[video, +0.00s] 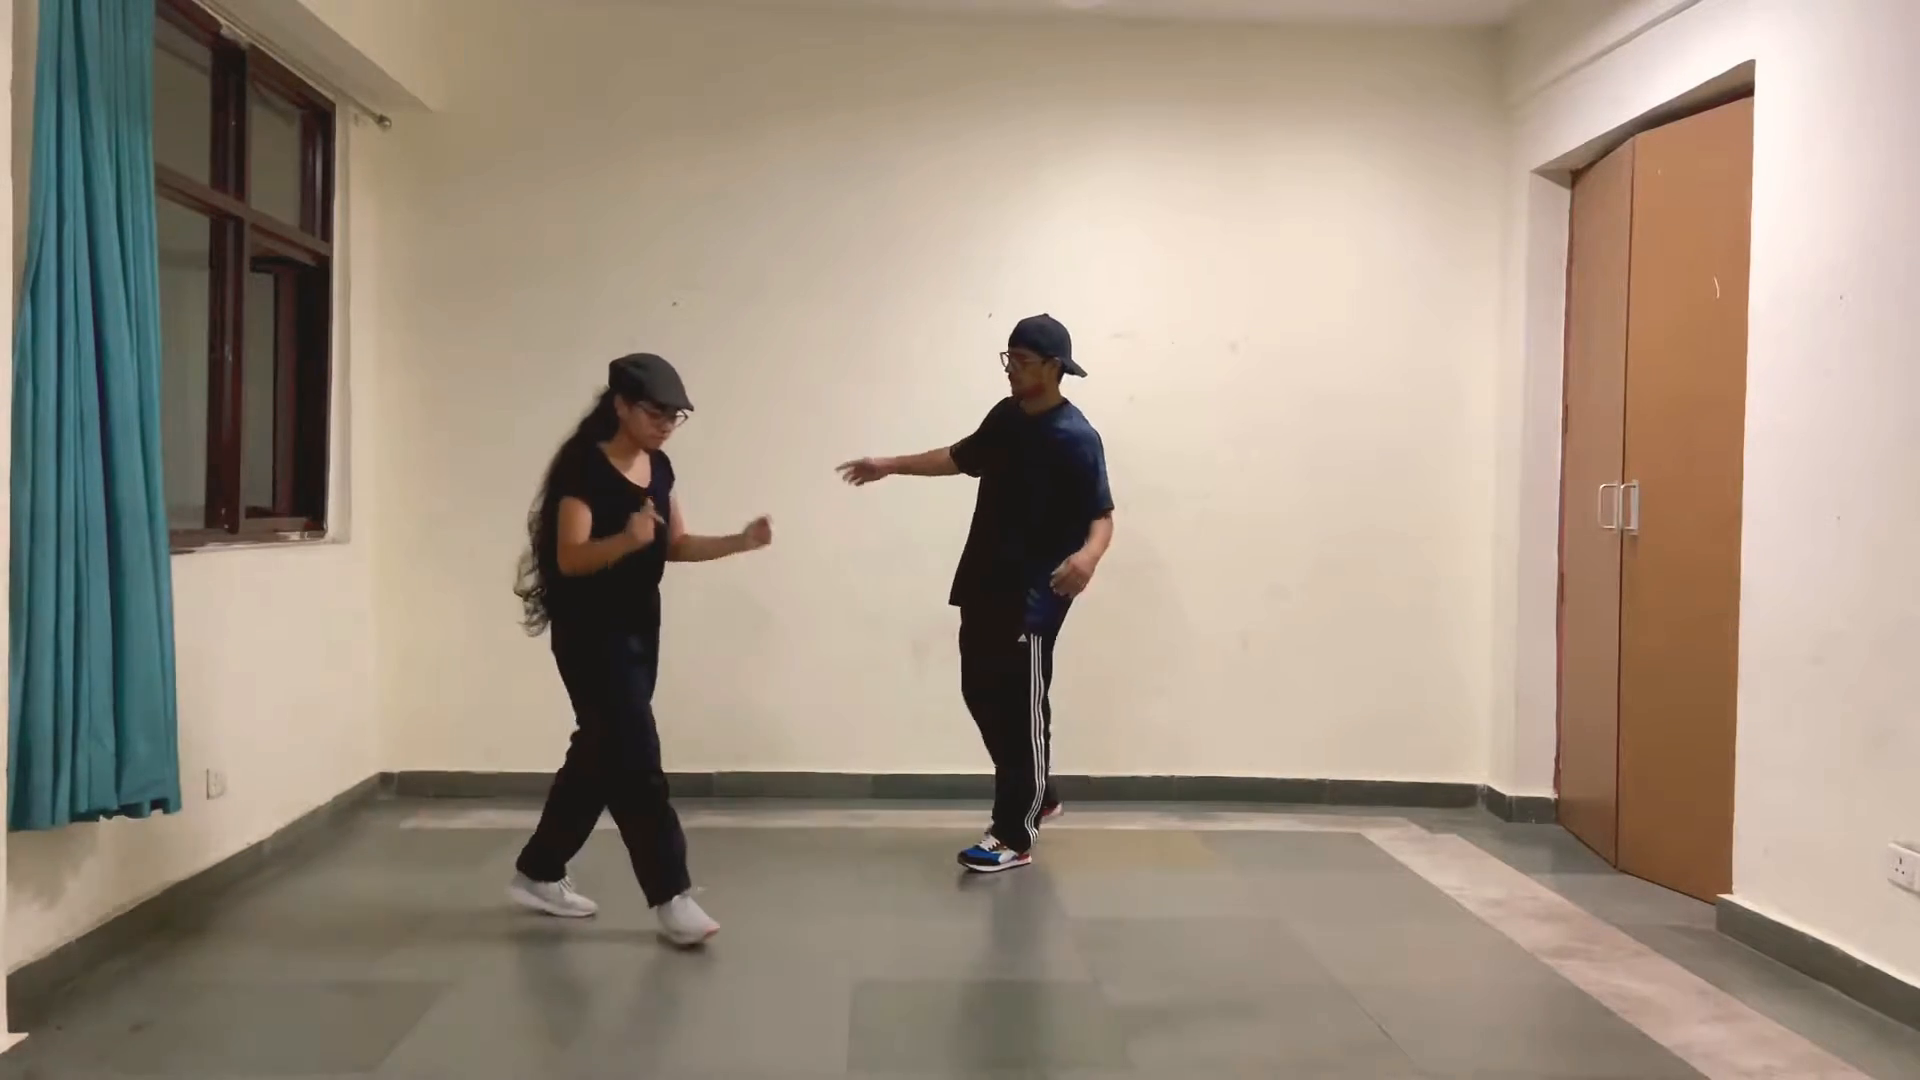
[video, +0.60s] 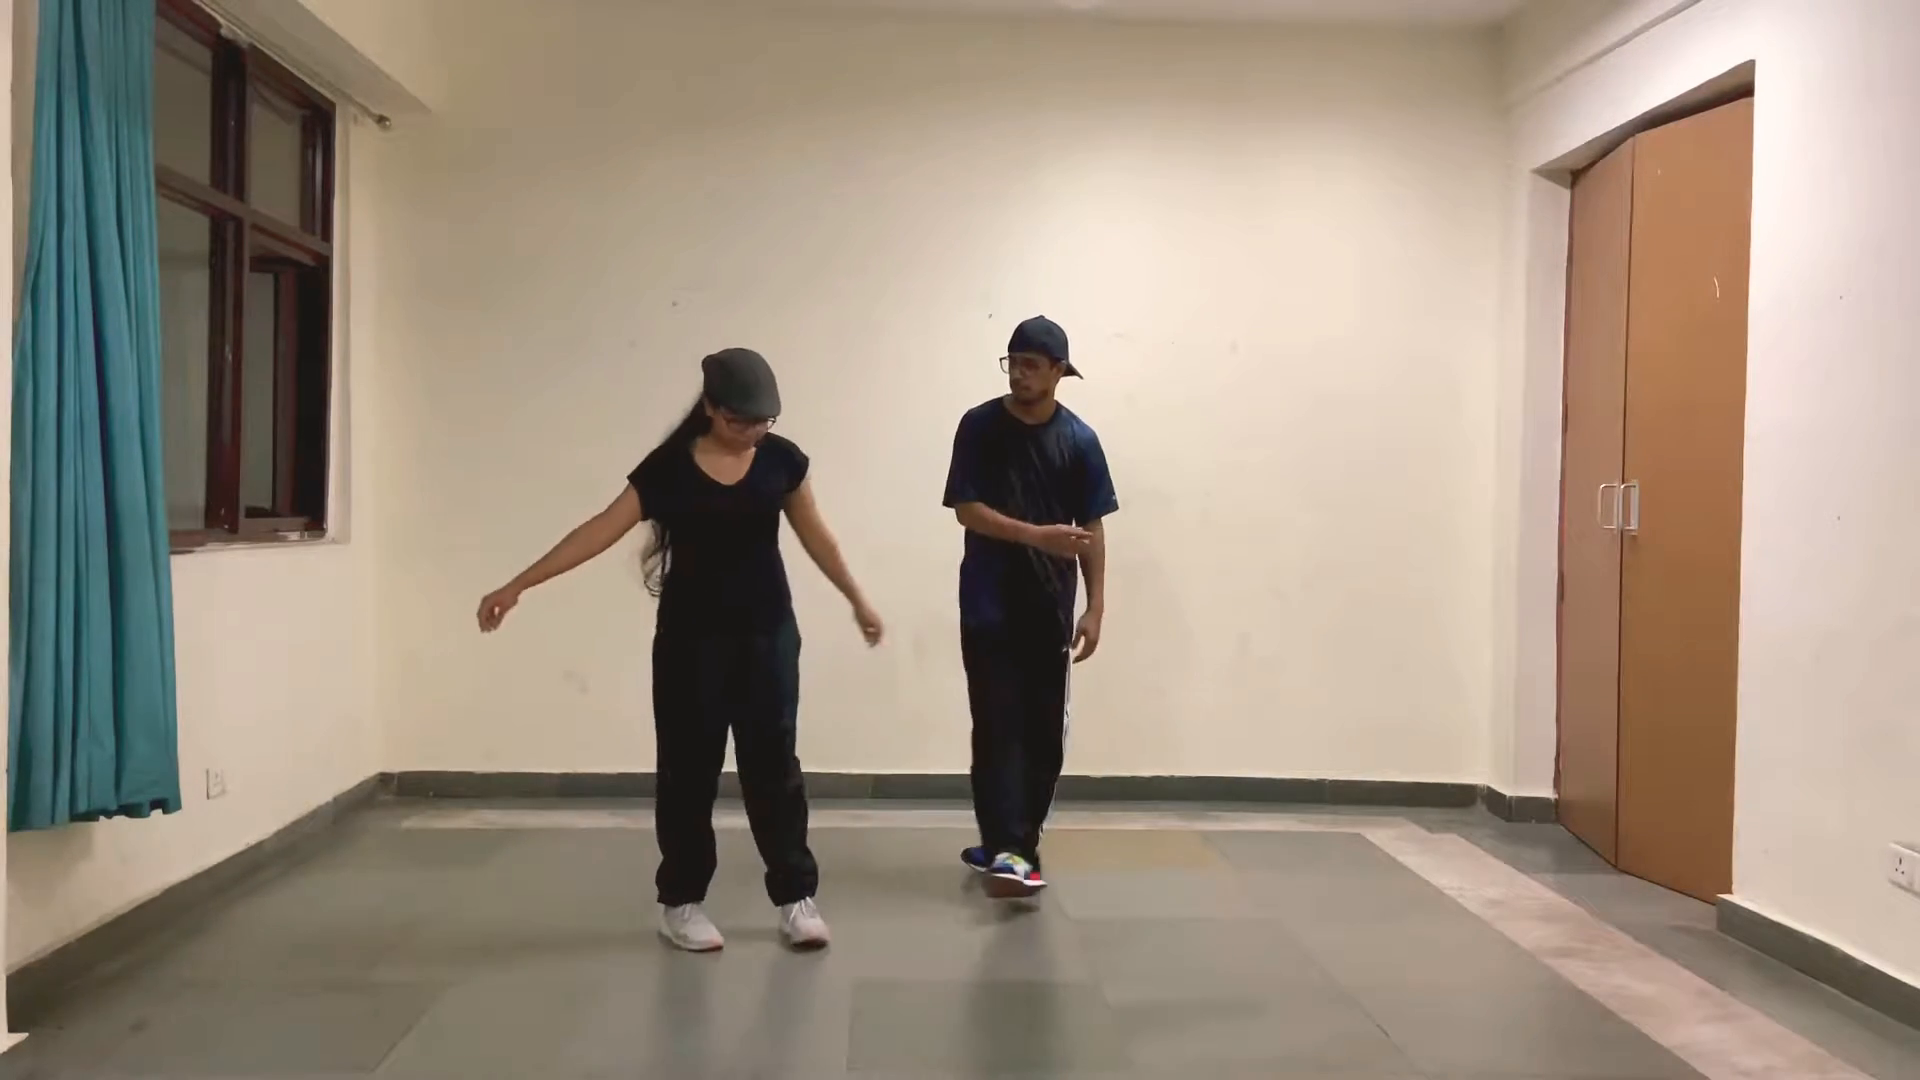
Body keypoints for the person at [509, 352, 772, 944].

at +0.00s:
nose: (669, 423)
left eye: (674, 414)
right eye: (658, 411)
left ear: (676, 416)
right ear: (623, 405)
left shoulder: (656, 467)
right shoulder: (581, 465)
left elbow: (672, 545)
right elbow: (569, 559)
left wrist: (738, 542)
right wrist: (626, 541)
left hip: (638, 634)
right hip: (587, 636)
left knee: (600, 752)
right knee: (635, 752)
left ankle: (538, 872)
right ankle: (670, 894)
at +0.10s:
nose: (690, 424)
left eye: (696, 415)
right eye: (679, 413)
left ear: (697, 413)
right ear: (643, 404)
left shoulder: (681, 464)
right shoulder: (601, 464)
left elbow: (687, 543)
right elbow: (577, 561)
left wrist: (736, 577)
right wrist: (635, 598)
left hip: (665, 628)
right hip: (612, 632)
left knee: (645, 756)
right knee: (653, 756)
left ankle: (557, 855)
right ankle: (676, 901)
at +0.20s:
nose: (711, 430)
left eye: (718, 420)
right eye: (700, 418)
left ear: (721, 417)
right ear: (663, 409)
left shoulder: (705, 465)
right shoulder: (620, 469)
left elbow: (693, 545)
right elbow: (588, 566)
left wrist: (723, 614)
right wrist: (616, 652)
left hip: (689, 630)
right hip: (633, 636)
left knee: (711, 762)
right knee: (671, 770)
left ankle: (608, 820)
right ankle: (680, 903)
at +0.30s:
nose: (729, 437)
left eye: (735, 425)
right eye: (717, 425)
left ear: (738, 422)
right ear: (681, 416)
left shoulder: (724, 471)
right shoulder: (633, 476)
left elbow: (712, 551)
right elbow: (598, 571)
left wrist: (717, 621)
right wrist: (577, 660)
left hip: (709, 634)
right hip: (646, 643)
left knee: (752, 750)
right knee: (677, 772)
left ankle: (656, 791)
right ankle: (680, 902)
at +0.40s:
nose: (739, 430)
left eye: (746, 419)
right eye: (727, 418)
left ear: (752, 415)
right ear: (692, 407)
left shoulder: (745, 465)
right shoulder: (646, 463)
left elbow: (739, 538)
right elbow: (601, 548)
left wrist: (743, 610)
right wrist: (547, 626)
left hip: (727, 633)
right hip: (658, 642)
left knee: (767, 747)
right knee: (676, 774)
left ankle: (724, 838)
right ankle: (679, 901)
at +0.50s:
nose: (747, 429)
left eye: (756, 417)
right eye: (734, 416)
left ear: (763, 413)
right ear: (702, 405)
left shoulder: (762, 464)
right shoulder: (655, 464)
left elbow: (772, 534)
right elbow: (597, 535)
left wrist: (794, 597)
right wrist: (525, 601)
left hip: (745, 638)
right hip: (671, 643)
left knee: (764, 758)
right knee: (677, 773)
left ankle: (791, 889)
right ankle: (681, 904)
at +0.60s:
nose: (758, 429)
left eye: (764, 418)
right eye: (747, 420)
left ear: (771, 411)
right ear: (713, 412)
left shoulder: (780, 462)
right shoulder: (668, 469)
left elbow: (817, 537)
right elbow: (598, 532)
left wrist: (858, 600)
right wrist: (518, 585)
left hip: (766, 639)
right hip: (690, 644)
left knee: (774, 767)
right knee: (688, 773)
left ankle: (797, 899)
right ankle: (681, 903)